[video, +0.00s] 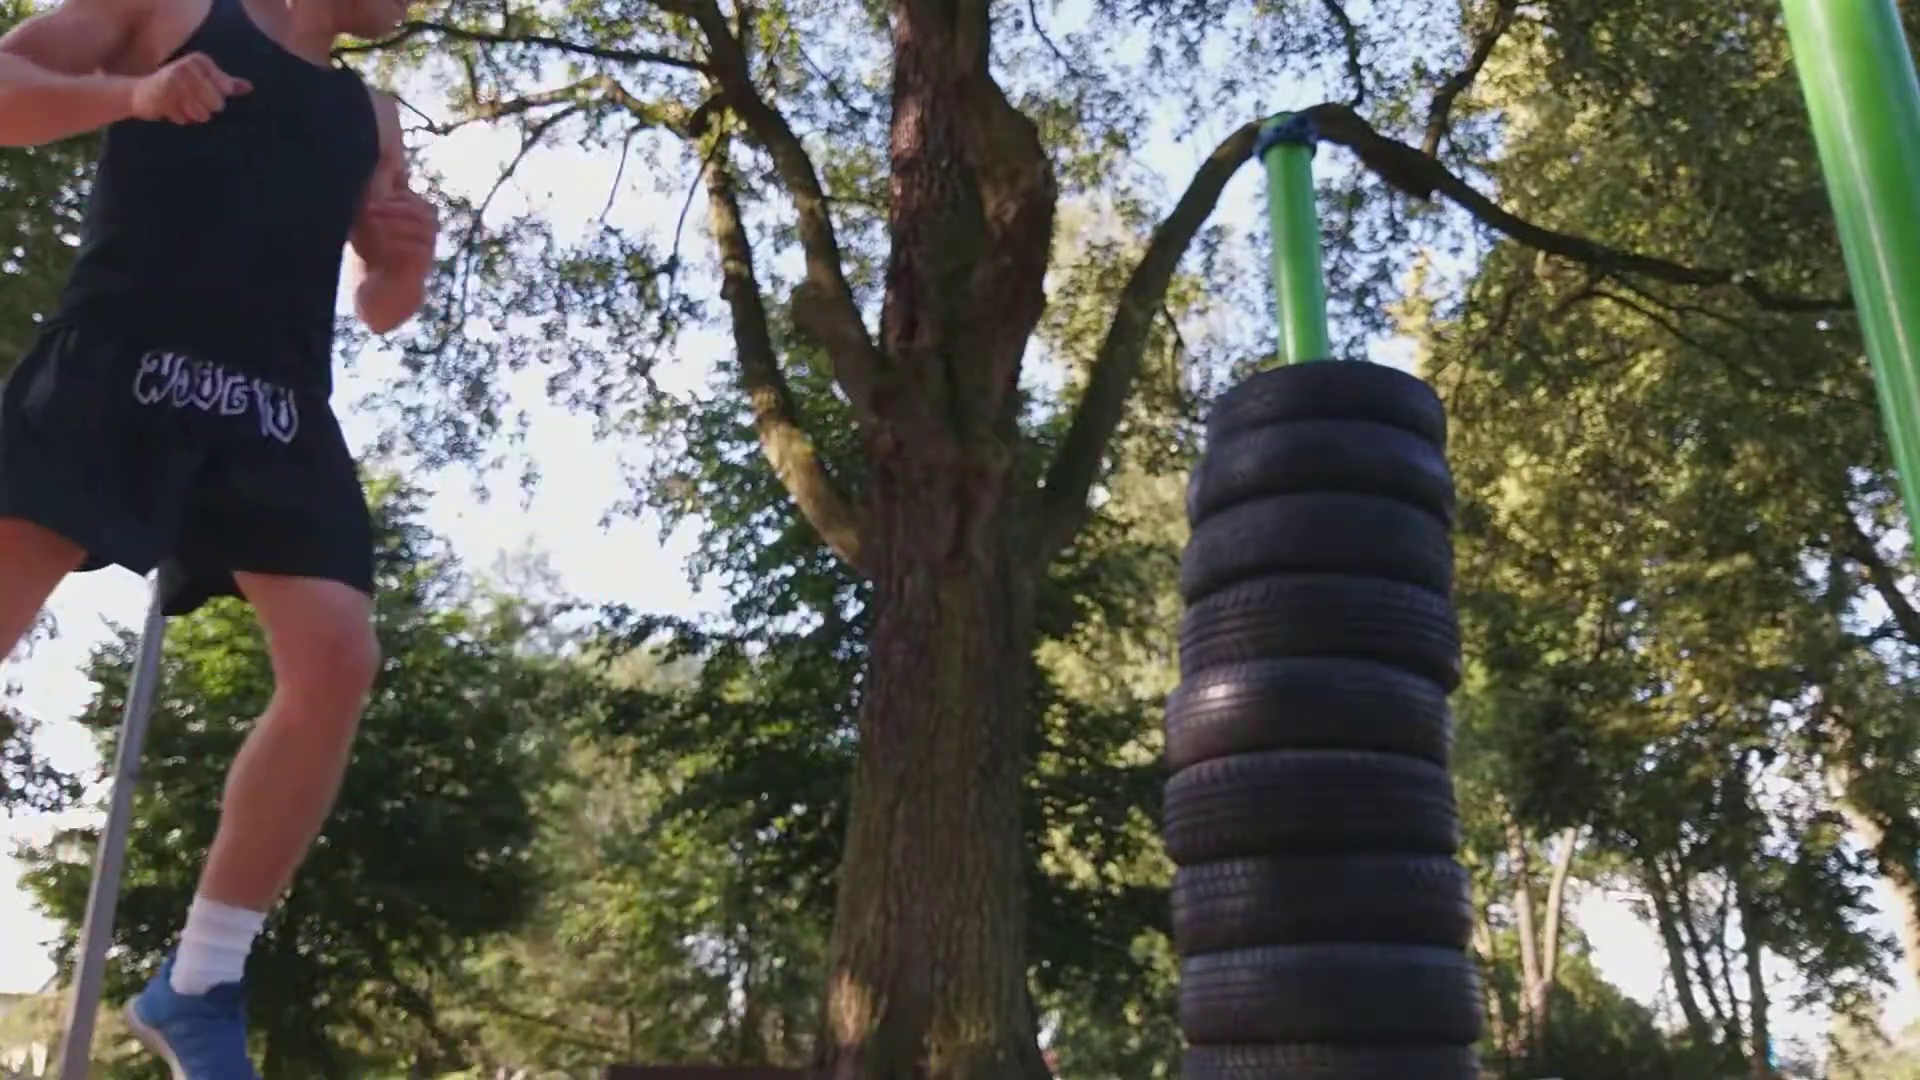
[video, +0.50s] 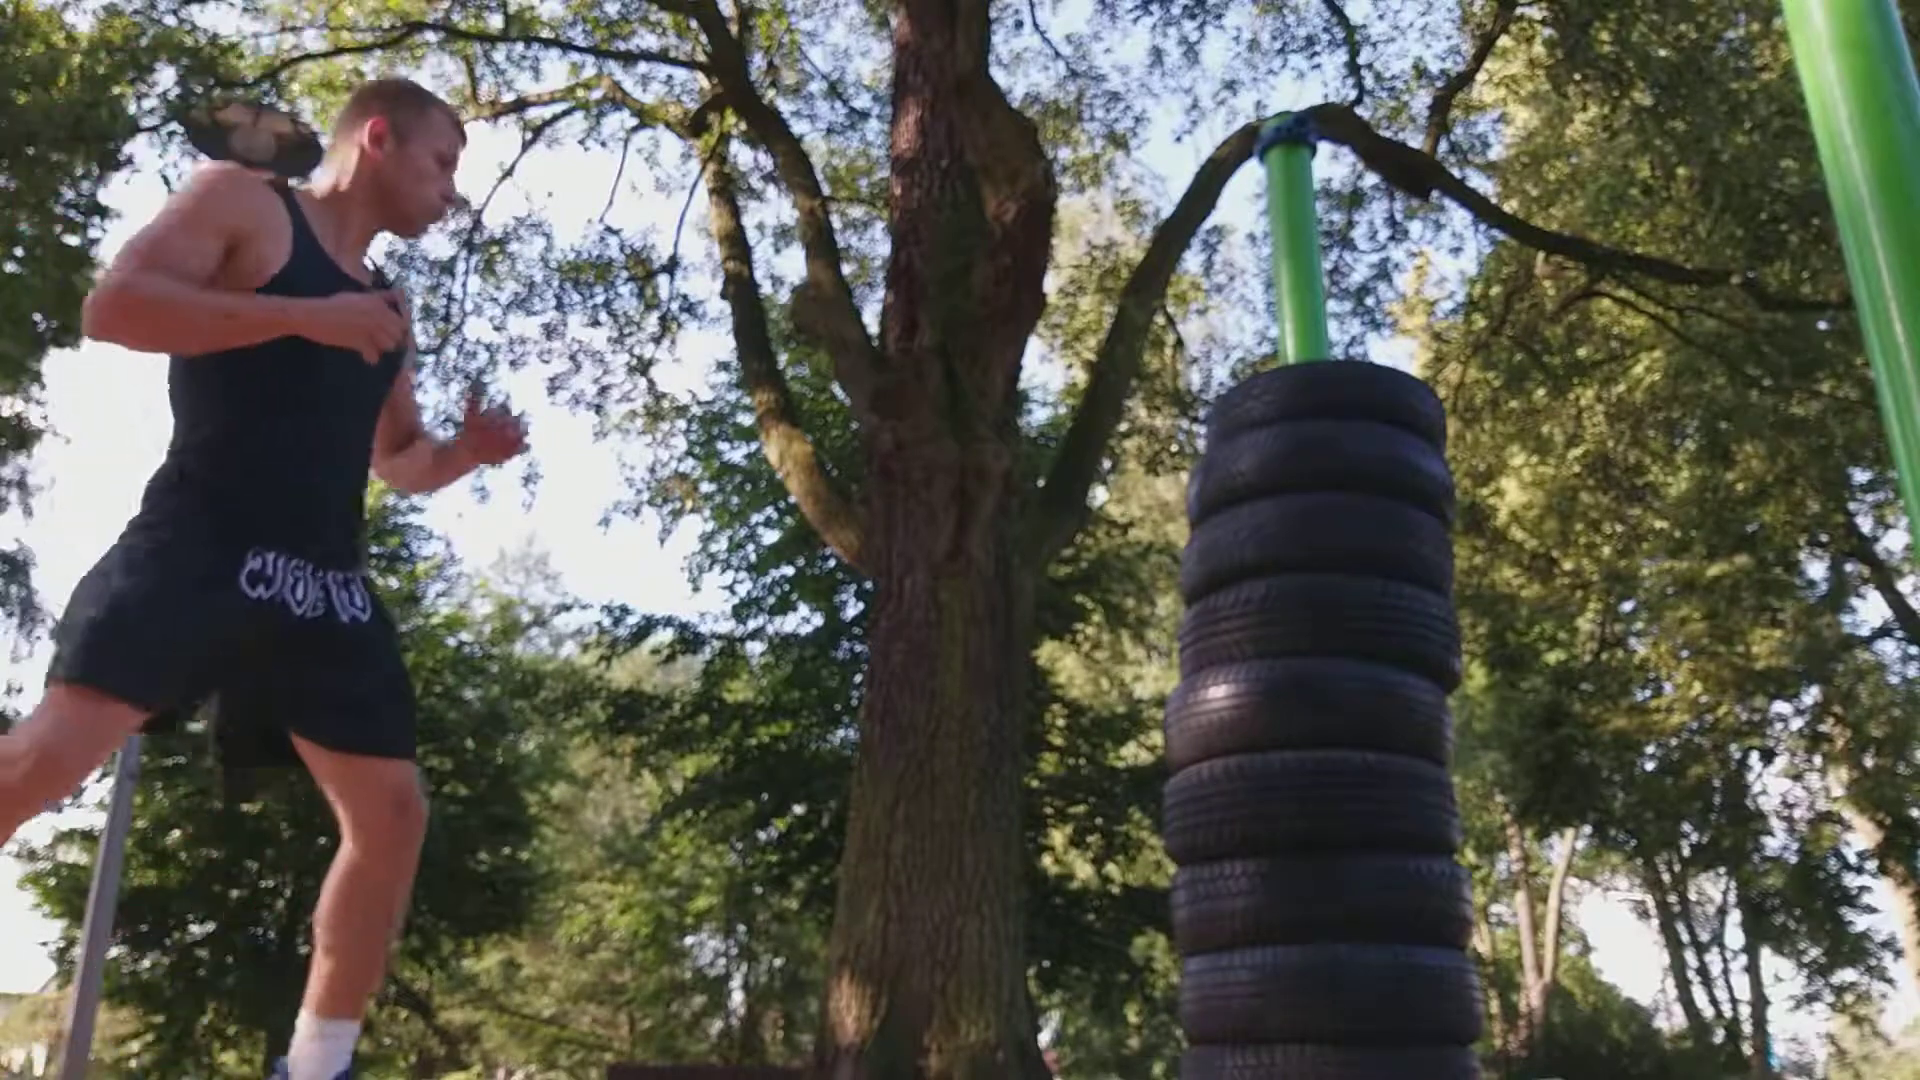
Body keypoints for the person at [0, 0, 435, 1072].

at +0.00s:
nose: (411, 5)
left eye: (414, 4)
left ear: (375, 12)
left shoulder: (369, 113)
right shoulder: (163, 10)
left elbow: (383, 310)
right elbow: (2, 93)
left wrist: (408, 256)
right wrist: (131, 93)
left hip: (278, 412)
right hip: (108, 373)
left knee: (336, 663)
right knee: (0, 616)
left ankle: (200, 983)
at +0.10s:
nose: (395, 26)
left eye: (396, 13)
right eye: (383, 3)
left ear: (337, 23)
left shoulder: (331, 166)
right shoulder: (140, 31)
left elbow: (331, 344)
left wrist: (373, 328)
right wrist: (139, 131)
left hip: (233, 477)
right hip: (73, 429)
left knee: (285, 737)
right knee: (0, 610)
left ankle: (107, 1023)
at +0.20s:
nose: (384, 87)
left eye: (386, 64)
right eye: (371, 53)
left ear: (306, 44)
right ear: (291, 28)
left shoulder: (310, 220)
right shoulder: (132, 85)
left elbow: (266, 392)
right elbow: (3, 166)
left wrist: (346, 387)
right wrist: (174, 220)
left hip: (199, 529)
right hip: (51, 482)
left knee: (292, 770)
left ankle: (99, 1040)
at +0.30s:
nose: (416, 92)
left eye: (422, 72)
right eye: (410, 62)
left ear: (348, 41)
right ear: (338, 29)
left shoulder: (325, 198)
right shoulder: (187, 81)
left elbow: (246, 365)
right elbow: (54, 180)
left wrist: (348, 368)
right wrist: (260, 224)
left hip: (244, 510)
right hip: (95, 476)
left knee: (344, 727)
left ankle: (192, 998)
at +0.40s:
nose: (445, 118)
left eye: (452, 100)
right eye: (438, 90)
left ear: (377, 70)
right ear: (369, 58)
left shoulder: (369, 236)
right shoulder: (226, 107)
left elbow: (329, 385)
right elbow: (102, 212)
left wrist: (396, 388)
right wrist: (302, 236)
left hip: (287, 517)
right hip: (147, 483)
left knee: (371, 746)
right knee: (3, 691)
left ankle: (294, 1021)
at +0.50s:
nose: (454, 189)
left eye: (458, 169)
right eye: (445, 161)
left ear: (383, 150)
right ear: (376, 139)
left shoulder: (385, 310)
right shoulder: (241, 196)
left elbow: (401, 461)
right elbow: (115, 306)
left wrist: (465, 449)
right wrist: (308, 316)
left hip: (326, 582)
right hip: (198, 545)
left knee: (389, 821)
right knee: (48, 757)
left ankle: (316, 1067)